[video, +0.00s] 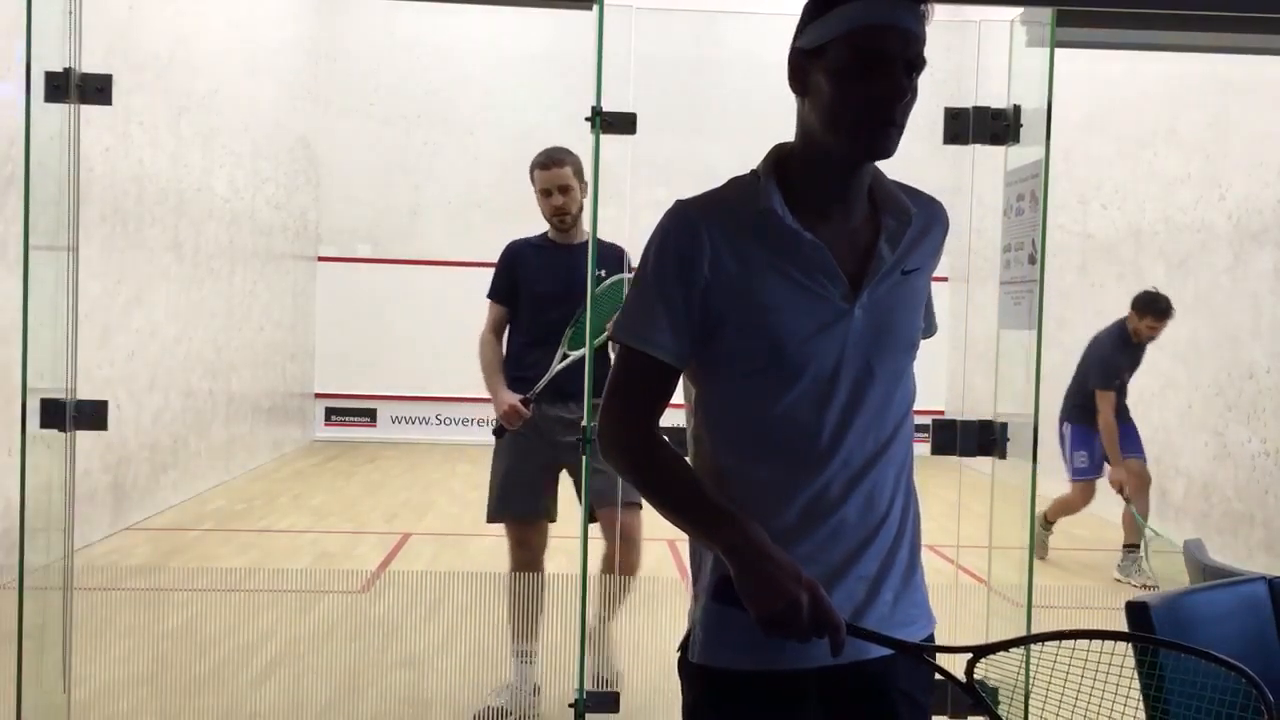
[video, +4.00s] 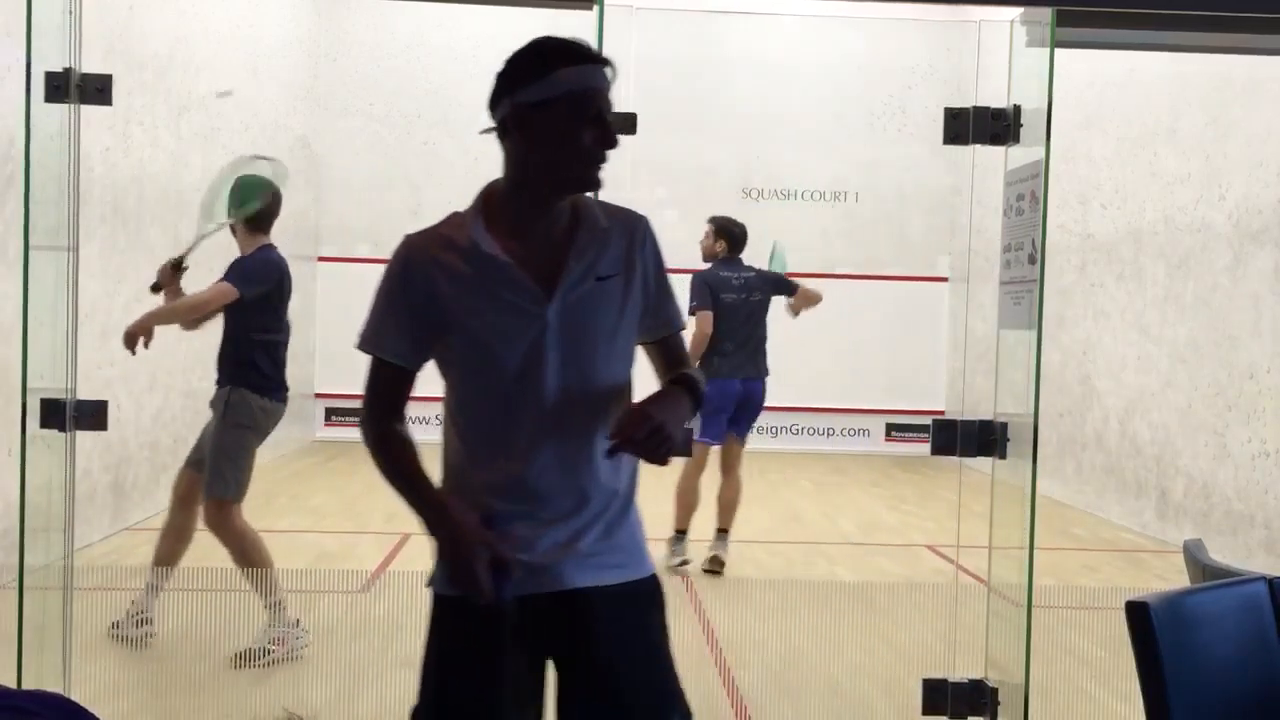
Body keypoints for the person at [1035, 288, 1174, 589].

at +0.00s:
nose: (1156, 334)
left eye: (1160, 328)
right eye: (1151, 327)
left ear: (1164, 322)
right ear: (1133, 317)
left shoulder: (1137, 339)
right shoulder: (1108, 348)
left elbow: (1118, 381)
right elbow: (1105, 415)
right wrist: (1116, 465)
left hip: (1116, 412)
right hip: (1080, 419)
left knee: (1139, 480)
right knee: (1082, 496)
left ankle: (1130, 560)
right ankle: (1045, 520)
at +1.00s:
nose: (1070, 284)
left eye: (1077, 278)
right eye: (1066, 277)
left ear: (1094, 273)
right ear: (1061, 273)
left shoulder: (1116, 305)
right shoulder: (1049, 304)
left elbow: (1130, 350)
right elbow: (1029, 347)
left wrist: (1134, 398)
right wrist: (1021, 390)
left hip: (1097, 409)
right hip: (1054, 407)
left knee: (1112, 480)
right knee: (1047, 476)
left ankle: (1125, 559)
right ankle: (1040, 552)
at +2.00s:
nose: (1033, 273)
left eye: (1038, 265)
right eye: (1028, 266)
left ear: (1052, 262)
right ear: (1021, 268)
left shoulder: (1079, 297)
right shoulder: (1020, 302)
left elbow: (1092, 348)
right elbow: (994, 349)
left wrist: (1056, 365)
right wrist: (980, 386)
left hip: (1067, 404)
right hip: (1029, 403)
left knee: (1065, 478)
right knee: (1035, 479)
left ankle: (1067, 555)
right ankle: (1038, 551)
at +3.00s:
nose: (891, 299)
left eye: (896, 292)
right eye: (890, 293)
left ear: (918, 288)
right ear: (905, 295)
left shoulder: (960, 309)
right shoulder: (910, 322)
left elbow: (957, 356)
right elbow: (906, 334)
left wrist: (908, 384)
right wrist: (935, 297)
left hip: (980, 413)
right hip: (945, 413)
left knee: (1011, 487)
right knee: (899, 474)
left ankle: (1056, 549)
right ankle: (879, 544)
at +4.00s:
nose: (701, 242)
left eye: (706, 237)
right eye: (704, 236)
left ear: (720, 244)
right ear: (733, 246)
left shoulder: (704, 278)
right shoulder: (762, 277)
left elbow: (704, 329)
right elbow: (812, 295)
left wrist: (687, 365)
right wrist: (795, 305)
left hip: (717, 382)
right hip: (754, 384)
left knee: (695, 465)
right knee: (732, 466)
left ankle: (678, 544)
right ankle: (721, 546)